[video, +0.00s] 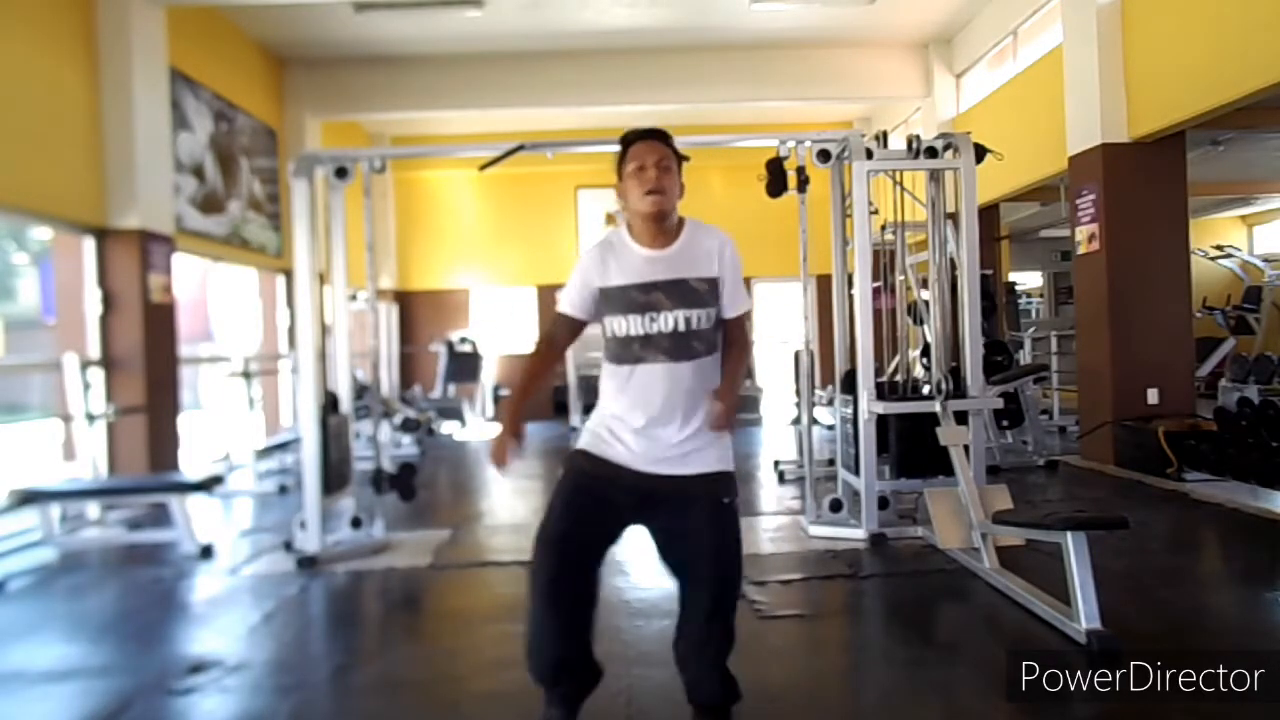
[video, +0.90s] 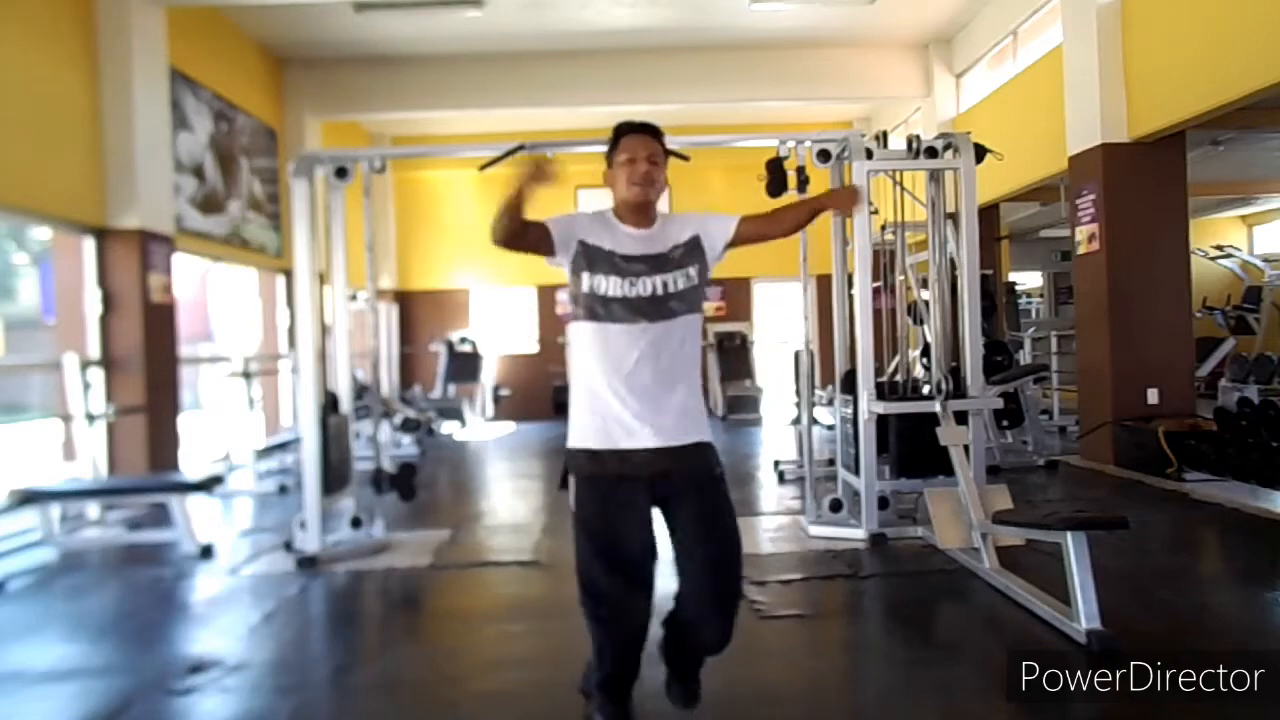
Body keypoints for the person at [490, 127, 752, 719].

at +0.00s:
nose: (654, 177)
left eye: (664, 166)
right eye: (640, 169)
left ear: (682, 179)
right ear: (620, 186)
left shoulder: (716, 249)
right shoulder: (600, 259)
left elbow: (737, 334)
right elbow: (556, 340)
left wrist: (729, 390)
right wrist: (514, 414)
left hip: (696, 452)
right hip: (611, 447)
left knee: (715, 584)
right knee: (558, 555)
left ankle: (710, 698)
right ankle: (564, 686)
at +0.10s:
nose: (653, 156)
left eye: (663, 146)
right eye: (639, 149)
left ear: (682, 160)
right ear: (621, 167)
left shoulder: (714, 229)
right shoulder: (599, 236)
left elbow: (742, 311)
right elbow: (554, 309)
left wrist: (738, 371)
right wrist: (502, 360)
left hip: (690, 440)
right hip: (606, 433)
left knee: (692, 608)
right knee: (561, 584)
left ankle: (710, 704)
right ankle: (593, 659)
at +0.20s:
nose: (651, 150)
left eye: (661, 139)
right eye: (637, 142)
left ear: (679, 152)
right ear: (618, 157)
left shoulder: (705, 221)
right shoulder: (587, 222)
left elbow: (756, 284)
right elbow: (533, 281)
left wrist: (799, 339)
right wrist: (526, 284)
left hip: (684, 431)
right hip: (603, 431)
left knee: (685, 572)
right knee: (604, 572)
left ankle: (686, 699)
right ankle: (614, 696)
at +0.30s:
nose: (655, 162)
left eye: (665, 152)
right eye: (641, 152)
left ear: (677, 163)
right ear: (616, 163)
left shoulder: (705, 232)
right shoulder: (586, 233)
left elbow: (782, 275)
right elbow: (501, 273)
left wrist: (861, 300)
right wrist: (557, 239)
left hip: (684, 453)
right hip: (605, 452)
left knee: (679, 600)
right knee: (616, 606)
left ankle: (676, 704)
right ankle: (618, 706)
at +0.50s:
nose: (694, 180)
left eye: (693, 170)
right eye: (684, 170)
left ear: (663, 172)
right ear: (646, 172)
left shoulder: (707, 233)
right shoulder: (589, 230)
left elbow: (780, 242)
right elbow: (509, 246)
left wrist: (831, 220)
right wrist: (500, 214)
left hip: (683, 444)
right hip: (602, 432)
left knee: (677, 603)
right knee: (557, 539)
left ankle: (677, 703)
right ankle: (603, 611)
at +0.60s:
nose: (692, 176)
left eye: (692, 165)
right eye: (683, 165)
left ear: (668, 168)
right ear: (645, 167)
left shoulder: (698, 230)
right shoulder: (589, 223)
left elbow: (765, 267)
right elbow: (511, 233)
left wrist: (760, 209)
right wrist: (444, 205)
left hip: (680, 440)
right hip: (605, 439)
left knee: (678, 586)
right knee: (593, 586)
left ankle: (668, 701)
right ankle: (612, 698)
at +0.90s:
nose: (642, 169)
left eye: (652, 160)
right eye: (630, 160)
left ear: (666, 173)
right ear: (608, 173)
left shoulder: (696, 232)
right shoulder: (579, 232)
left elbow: (771, 223)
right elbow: (507, 235)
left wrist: (824, 200)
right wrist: (521, 188)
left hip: (684, 439)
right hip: (602, 443)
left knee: (717, 585)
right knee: (614, 588)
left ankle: (684, 654)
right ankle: (609, 697)